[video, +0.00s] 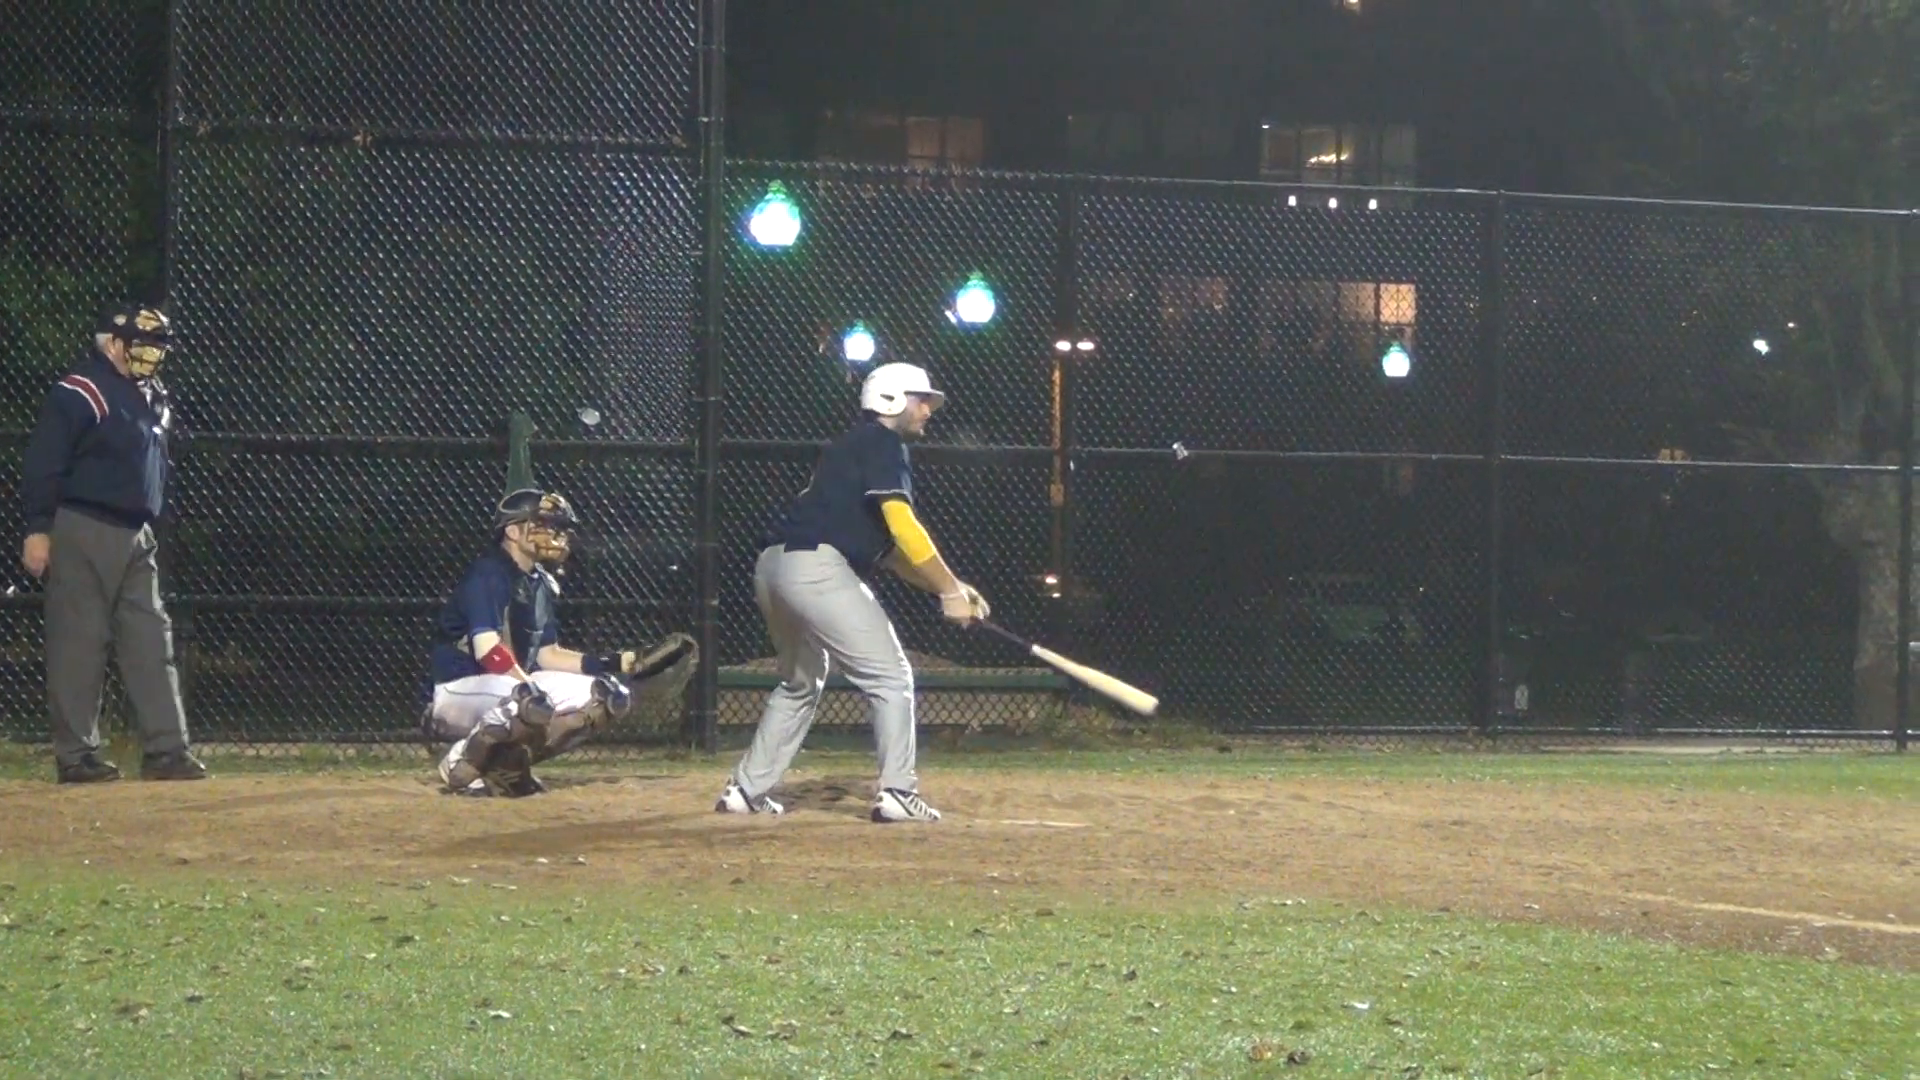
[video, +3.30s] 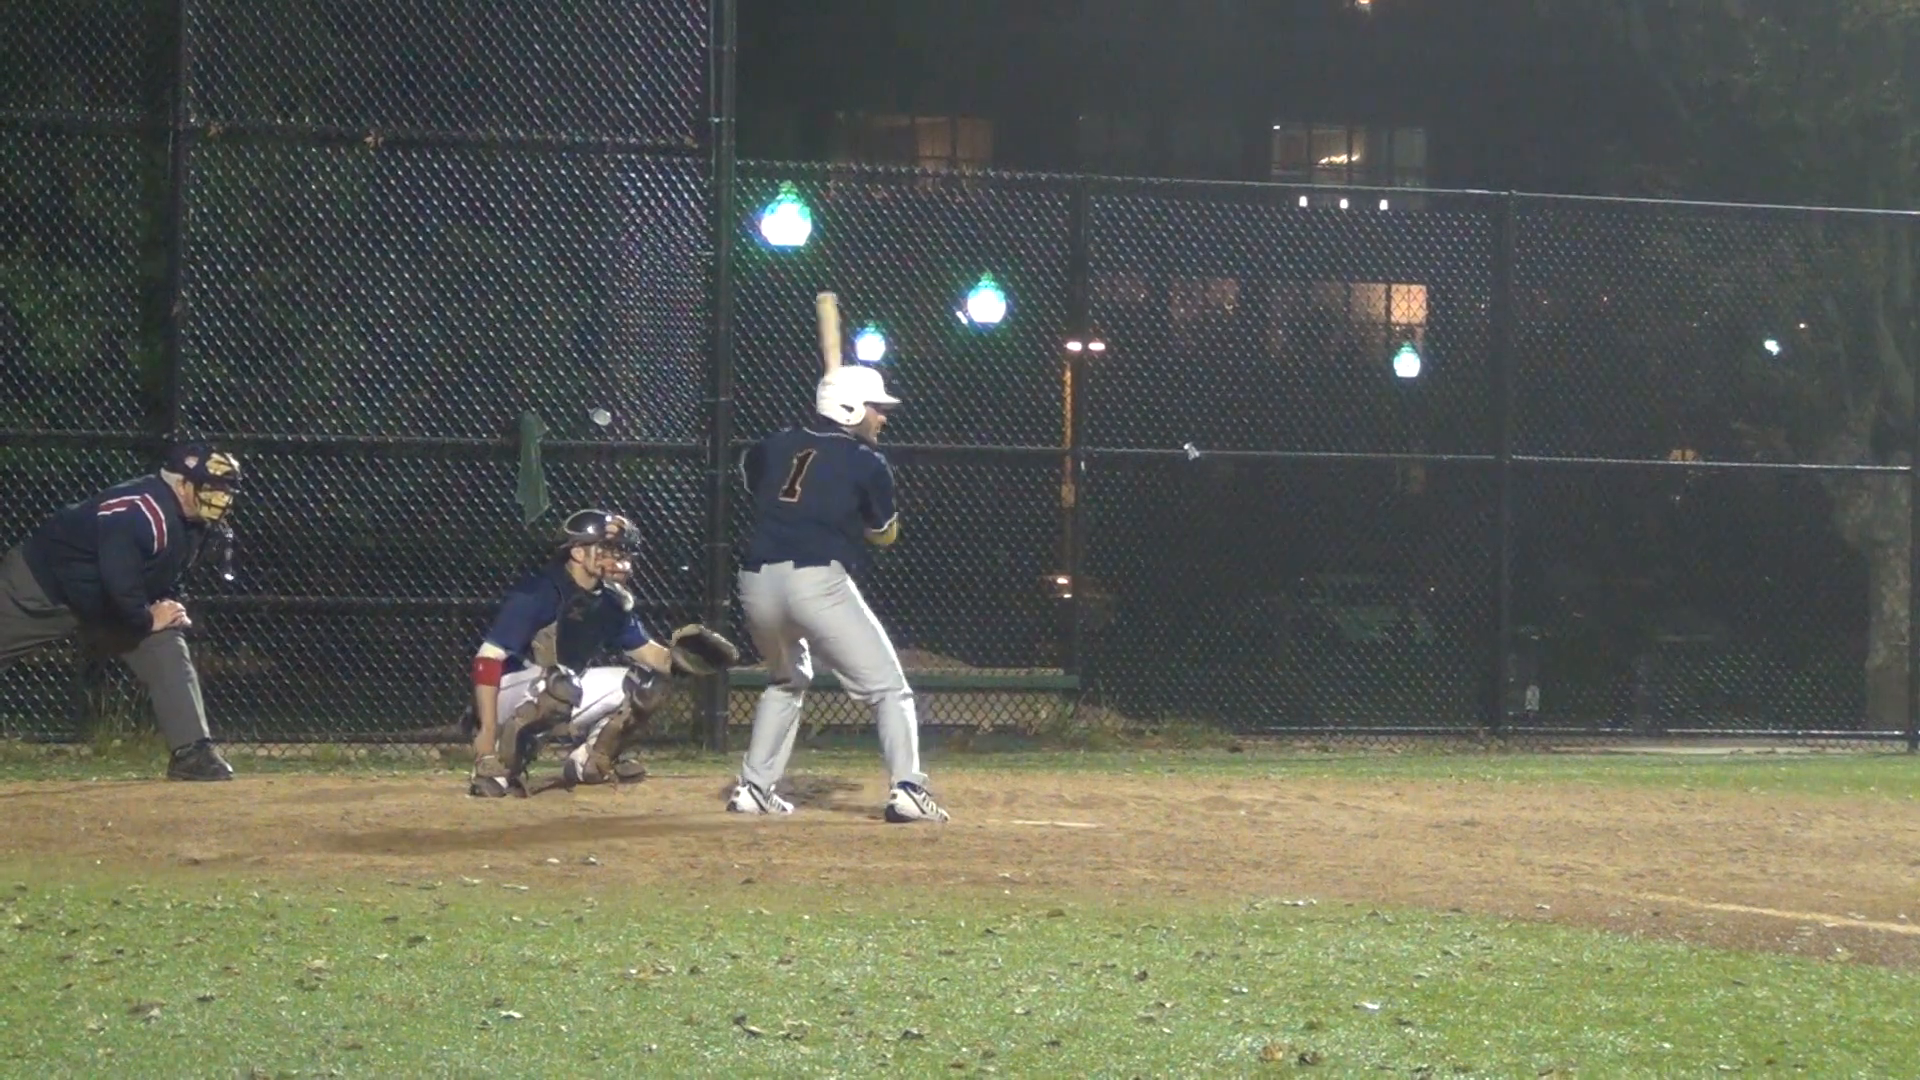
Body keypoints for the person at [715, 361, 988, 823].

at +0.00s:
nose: (928, 411)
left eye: (929, 402)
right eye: (921, 401)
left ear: (885, 404)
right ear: (892, 400)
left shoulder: (851, 444)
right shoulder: (884, 443)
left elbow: (890, 551)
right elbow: (900, 524)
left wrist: (951, 590)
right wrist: (949, 589)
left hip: (773, 564)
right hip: (817, 565)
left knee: (801, 679)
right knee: (891, 676)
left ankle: (747, 790)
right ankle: (897, 792)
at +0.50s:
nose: (897, 409)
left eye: (897, 400)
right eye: (889, 400)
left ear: (852, 407)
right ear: (861, 403)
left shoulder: (819, 447)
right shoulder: (863, 452)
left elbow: (840, 552)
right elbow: (864, 539)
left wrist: (895, 609)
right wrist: (895, 611)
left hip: (750, 570)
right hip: (802, 568)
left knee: (785, 677)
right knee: (879, 680)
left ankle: (745, 790)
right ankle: (897, 793)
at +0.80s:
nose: (861, 399)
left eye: (860, 390)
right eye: (853, 390)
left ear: (810, 396)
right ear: (827, 394)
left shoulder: (772, 435)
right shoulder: (850, 447)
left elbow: (788, 514)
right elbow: (858, 537)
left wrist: (845, 567)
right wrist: (852, 573)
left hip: (737, 567)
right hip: (795, 565)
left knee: (772, 677)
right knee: (869, 683)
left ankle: (746, 790)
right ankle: (898, 790)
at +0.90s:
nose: (857, 397)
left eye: (856, 387)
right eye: (850, 388)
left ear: (804, 391)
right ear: (824, 390)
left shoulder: (759, 432)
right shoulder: (849, 445)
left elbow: (764, 506)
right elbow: (849, 527)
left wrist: (850, 513)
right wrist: (872, 517)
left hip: (737, 564)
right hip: (796, 562)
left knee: (771, 676)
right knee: (869, 676)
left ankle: (747, 789)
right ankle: (899, 787)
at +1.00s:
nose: (854, 397)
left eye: (853, 388)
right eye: (849, 389)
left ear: (796, 388)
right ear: (828, 390)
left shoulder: (752, 431)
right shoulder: (847, 440)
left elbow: (736, 484)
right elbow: (857, 509)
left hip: (741, 566)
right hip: (803, 563)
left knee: (771, 677)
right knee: (867, 682)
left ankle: (747, 790)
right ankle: (895, 791)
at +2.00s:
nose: (889, 409)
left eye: (888, 400)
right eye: (882, 400)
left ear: (834, 401)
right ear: (857, 403)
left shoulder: (788, 441)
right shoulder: (872, 452)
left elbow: (815, 493)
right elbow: (916, 515)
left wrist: (872, 460)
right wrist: (896, 467)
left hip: (761, 584)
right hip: (820, 585)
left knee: (792, 683)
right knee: (898, 691)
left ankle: (751, 790)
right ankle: (906, 794)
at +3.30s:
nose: (883, 418)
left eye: (883, 409)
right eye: (877, 409)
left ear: (830, 409)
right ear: (850, 409)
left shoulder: (774, 443)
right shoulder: (868, 462)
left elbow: (751, 481)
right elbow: (883, 535)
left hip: (756, 581)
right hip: (819, 581)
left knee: (786, 680)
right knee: (889, 690)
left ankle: (754, 787)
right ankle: (908, 789)